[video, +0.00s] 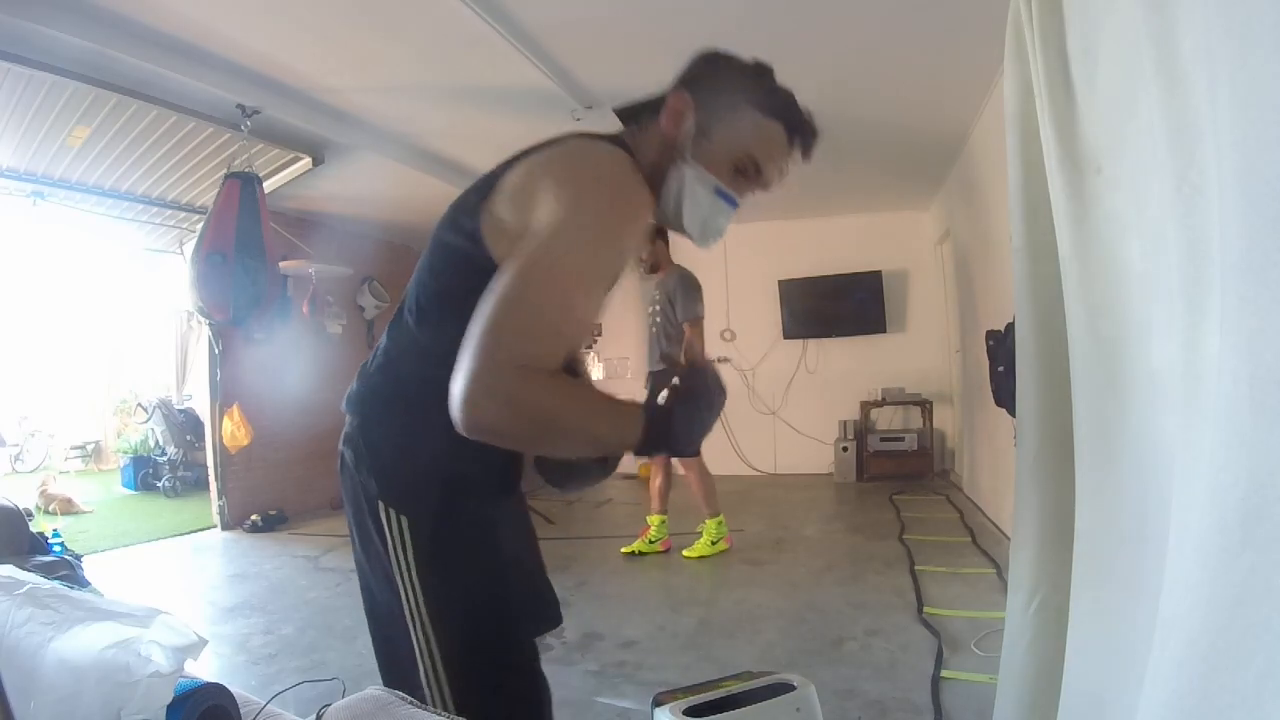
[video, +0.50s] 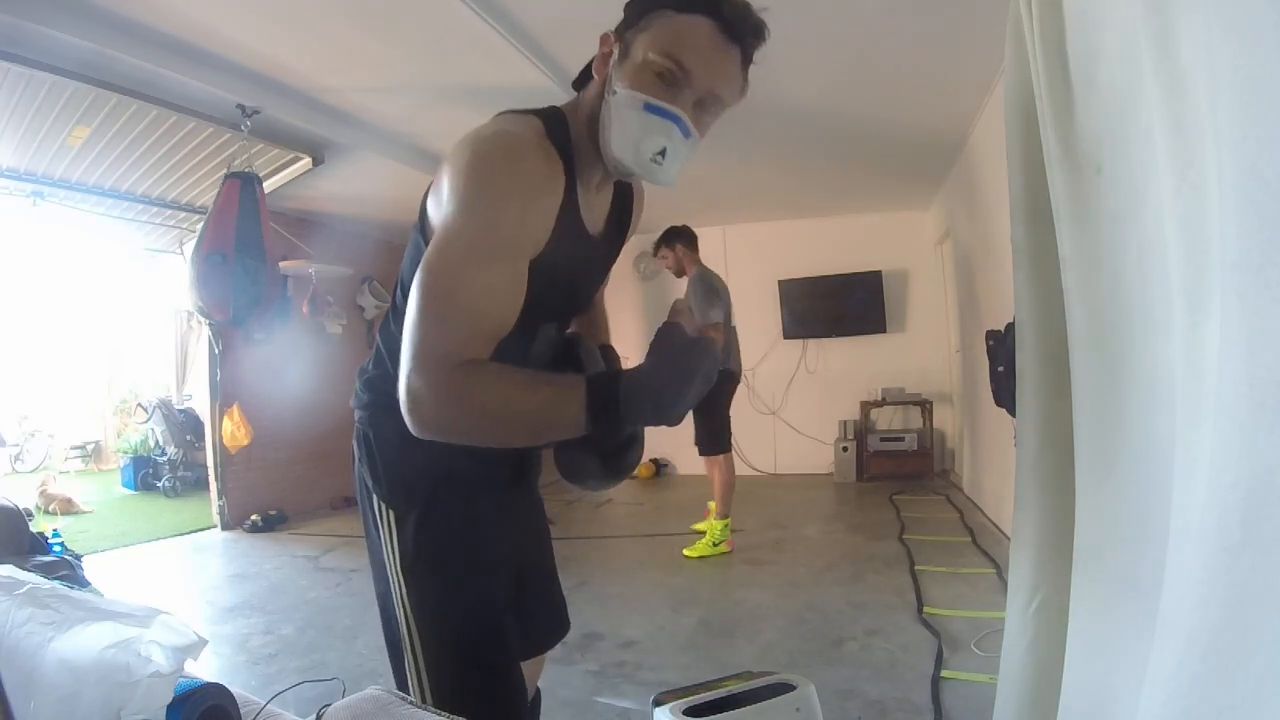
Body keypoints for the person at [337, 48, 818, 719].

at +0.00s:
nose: (741, 199)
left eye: (756, 187)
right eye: (742, 169)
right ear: (679, 117)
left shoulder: (612, 187)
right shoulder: (600, 186)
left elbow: (548, 351)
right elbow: (488, 397)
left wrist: (579, 441)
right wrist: (656, 425)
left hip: (467, 457)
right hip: (420, 461)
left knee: (509, 677)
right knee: (485, 703)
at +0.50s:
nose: (679, 116)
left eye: (707, 107)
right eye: (666, 76)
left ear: (719, 120)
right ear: (608, 54)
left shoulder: (622, 195)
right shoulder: (506, 158)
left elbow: (583, 300)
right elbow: (433, 398)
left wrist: (603, 405)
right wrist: (636, 395)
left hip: (504, 434)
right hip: (421, 444)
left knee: (531, 636)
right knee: (480, 695)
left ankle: (521, 708)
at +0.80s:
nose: (653, 97)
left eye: (689, 78)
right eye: (634, 50)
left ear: (713, 89)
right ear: (576, 36)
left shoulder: (640, 194)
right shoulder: (476, 155)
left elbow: (614, 301)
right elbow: (397, 422)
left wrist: (629, 401)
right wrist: (593, 427)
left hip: (520, 456)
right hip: (424, 462)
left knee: (528, 663)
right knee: (468, 701)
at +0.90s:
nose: (637, 105)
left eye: (679, 85)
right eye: (617, 57)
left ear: (709, 95)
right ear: (564, 38)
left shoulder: (648, 196)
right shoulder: (464, 164)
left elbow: (628, 300)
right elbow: (387, 429)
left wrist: (632, 386)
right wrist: (572, 457)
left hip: (525, 457)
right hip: (427, 465)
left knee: (532, 664)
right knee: (468, 702)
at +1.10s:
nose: (622, 102)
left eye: (667, 80)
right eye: (600, 53)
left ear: (707, 84)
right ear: (553, 34)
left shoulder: (656, 194)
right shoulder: (453, 171)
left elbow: (640, 302)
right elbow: (368, 421)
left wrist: (641, 385)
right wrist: (547, 472)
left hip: (535, 456)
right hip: (431, 469)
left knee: (529, 678)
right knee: (472, 703)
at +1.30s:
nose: (626, 97)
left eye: (671, 74)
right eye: (603, 48)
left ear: (706, 77)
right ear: (554, 28)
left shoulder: (662, 193)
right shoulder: (448, 169)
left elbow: (650, 324)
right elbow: (380, 397)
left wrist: (638, 430)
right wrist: (482, 442)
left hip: (542, 455)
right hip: (431, 455)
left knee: (530, 679)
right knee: (476, 704)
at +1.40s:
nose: (621, 89)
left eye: (667, 66)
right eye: (597, 42)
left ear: (701, 75)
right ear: (548, 26)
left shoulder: (665, 192)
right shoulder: (446, 168)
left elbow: (655, 329)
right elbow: (388, 400)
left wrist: (645, 442)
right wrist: (471, 465)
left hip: (554, 463)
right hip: (437, 467)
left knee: (530, 684)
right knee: (472, 704)